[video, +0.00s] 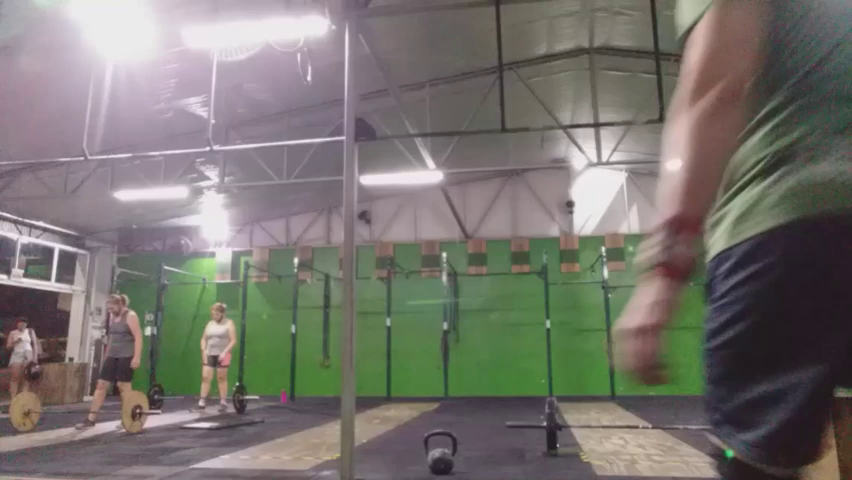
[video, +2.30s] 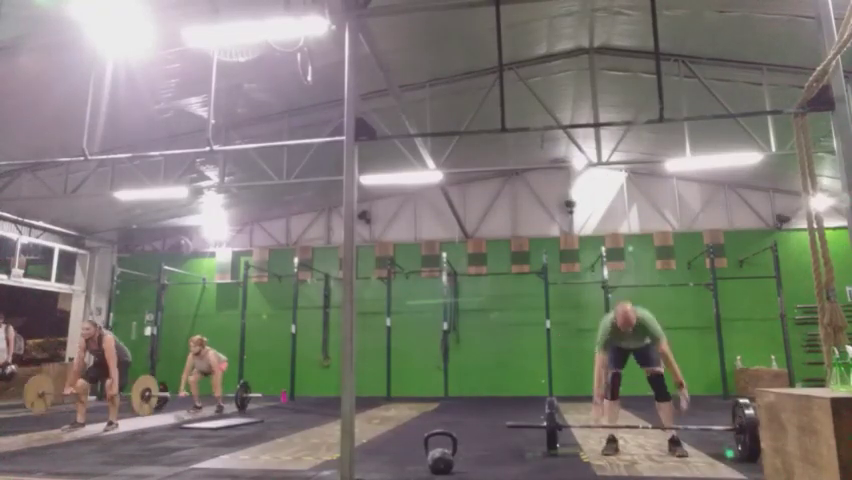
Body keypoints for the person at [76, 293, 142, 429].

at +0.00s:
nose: (111, 311)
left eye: (113, 308)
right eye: (109, 308)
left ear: (120, 305)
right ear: (108, 307)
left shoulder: (130, 316)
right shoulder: (111, 316)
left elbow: (138, 336)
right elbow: (111, 338)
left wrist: (136, 357)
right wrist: (107, 355)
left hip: (126, 356)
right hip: (112, 355)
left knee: (124, 386)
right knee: (101, 385)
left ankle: (128, 419)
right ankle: (91, 418)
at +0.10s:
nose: (96, 312)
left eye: (98, 308)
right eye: (95, 309)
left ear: (105, 304)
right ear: (94, 308)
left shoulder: (118, 315)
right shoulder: (98, 318)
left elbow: (129, 334)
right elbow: (91, 336)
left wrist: (132, 355)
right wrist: (82, 351)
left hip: (118, 354)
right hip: (101, 355)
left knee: (112, 381)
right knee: (95, 384)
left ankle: (122, 415)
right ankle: (91, 418)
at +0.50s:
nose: (93, 312)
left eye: (95, 309)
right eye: (91, 310)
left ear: (102, 305)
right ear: (90, 308)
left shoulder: (113, 315)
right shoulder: (92, 318)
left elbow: (124, 335)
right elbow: (90, 340)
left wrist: (118, 356)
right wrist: (85, 359)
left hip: (111, 356)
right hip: (96, 356)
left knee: (110, 385)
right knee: (86, 385)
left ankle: (112, 420)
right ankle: (81, 419)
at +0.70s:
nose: (88, 327)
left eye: (90, 324)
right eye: (85, 325)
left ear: (96, 319)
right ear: (82, 322)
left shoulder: (106, 326)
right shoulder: (85, 330)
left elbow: (111, 350)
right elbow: (83, 351)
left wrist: (109, 373)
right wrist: (80, 372)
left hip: (117, 361)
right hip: (100, 361)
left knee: (108, 384)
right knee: (79, 384)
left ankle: (112, 420)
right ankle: (80, 420)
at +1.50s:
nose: (82, 332)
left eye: (83, 329)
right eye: (80, 330)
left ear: (91, 325)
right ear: (80, 329)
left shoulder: (105, 333)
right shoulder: (84, 336)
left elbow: (111, 357)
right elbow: (80, 357)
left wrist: (111, 379)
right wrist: (74, 379)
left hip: (119, 360)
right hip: (102, 361)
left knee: (109, 387)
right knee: (81, 385)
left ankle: (112, 421)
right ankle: (80, 420)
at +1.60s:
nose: (83, 343)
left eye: (84, 340)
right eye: (81, 341)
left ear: (91, 334)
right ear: (79, 338)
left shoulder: (104, 338)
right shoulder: (83, 343)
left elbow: (107, 364)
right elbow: (76, 367)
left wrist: (108, 389)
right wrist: (67, 391)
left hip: (120, 363)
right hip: (102, 364)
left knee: (111, 385)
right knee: (81, 385)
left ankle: (112, 420)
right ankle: (80, 420)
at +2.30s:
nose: (84, 332)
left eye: (87, 329)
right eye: (82, 329)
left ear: (96, 329)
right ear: (81, 330)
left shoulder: (107, 339)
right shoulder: (84, 340)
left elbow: (113, 363)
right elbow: (78, 362)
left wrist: (115, 388)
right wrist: (70, 385)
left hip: (120, 362)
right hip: (102, 362)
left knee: (110, 385)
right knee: (81, 385)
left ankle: (112, 421)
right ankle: (80, 421)